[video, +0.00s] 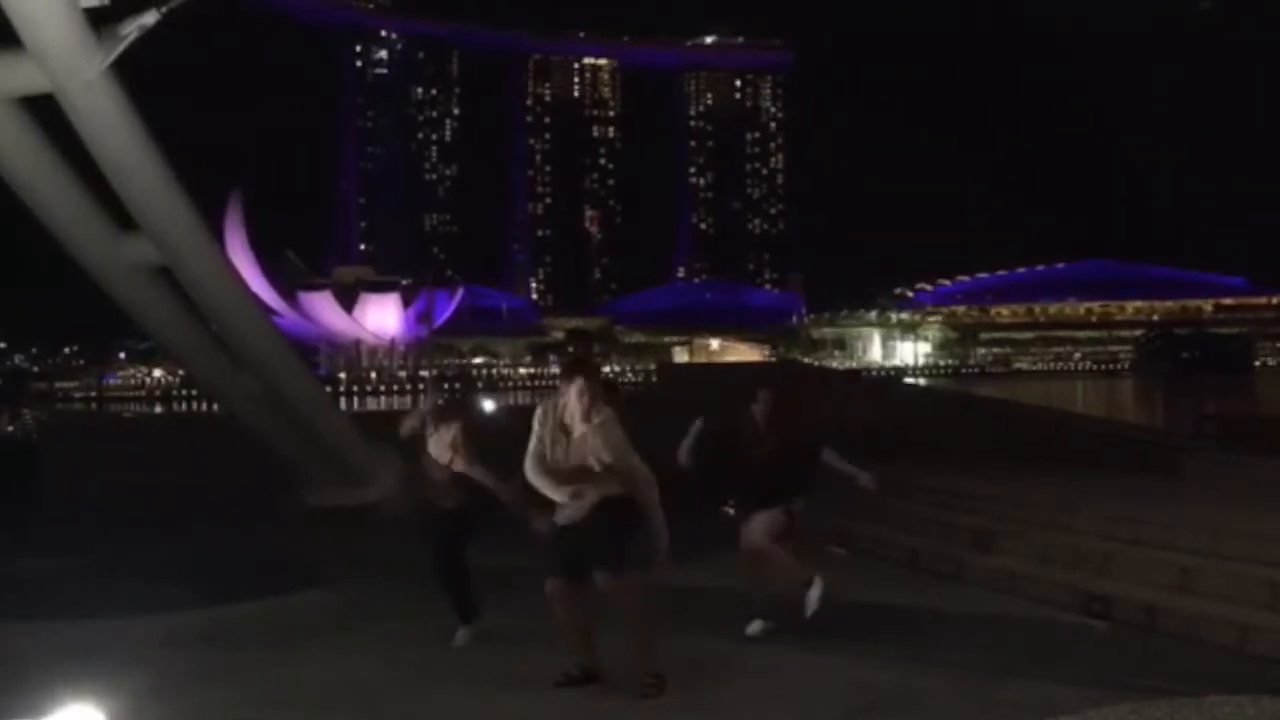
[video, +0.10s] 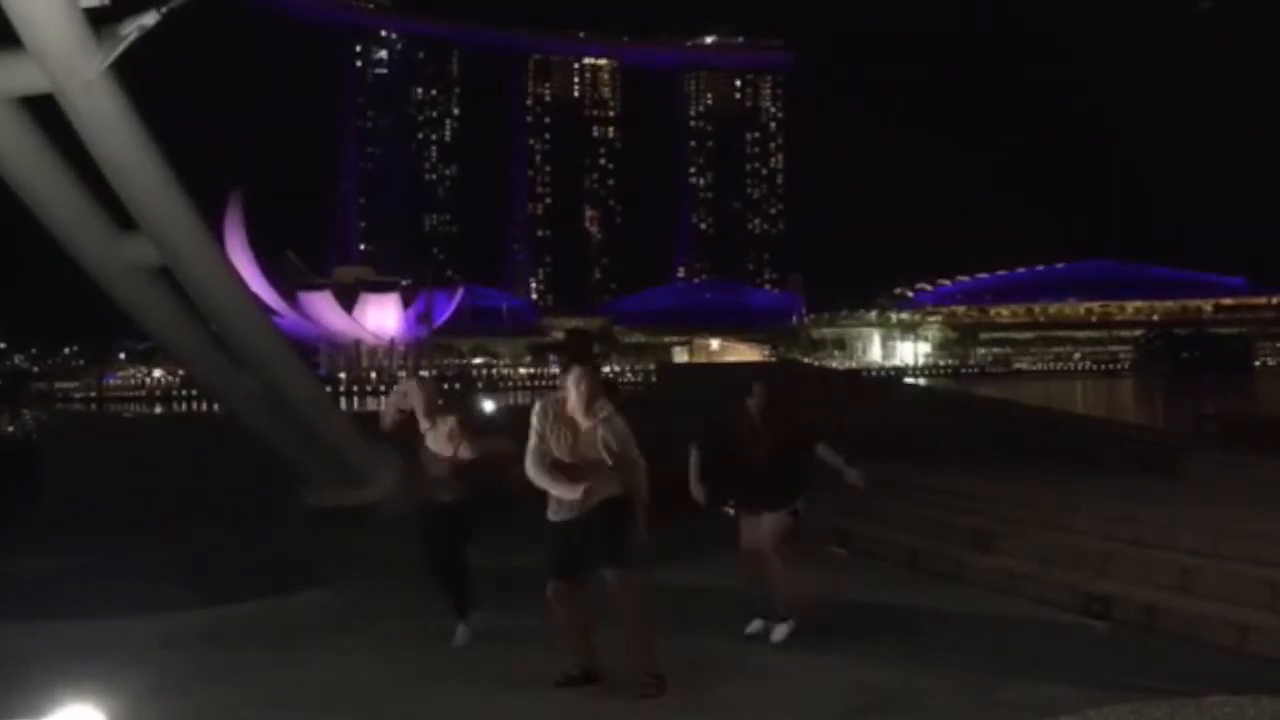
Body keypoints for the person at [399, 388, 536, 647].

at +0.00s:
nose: (435, 401)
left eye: (440, 396)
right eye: (433, 395)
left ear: (450, 400)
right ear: (429, 399)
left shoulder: (456, 428)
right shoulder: (427, 424)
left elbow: (465, 465)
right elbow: (404, 430)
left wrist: (500, 489)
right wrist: (422, 410)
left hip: (457, 501)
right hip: (436, 498)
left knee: (451, 560)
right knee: (446, 560)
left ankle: (467, 619)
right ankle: (467, 616)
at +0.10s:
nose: (415, 402)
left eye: (416, 394)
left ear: (431, 397)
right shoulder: (420, 426)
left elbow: (470, 458)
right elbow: (388, 422)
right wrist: (398, 393)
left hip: (454, 504)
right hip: (430, 504)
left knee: (453, 560)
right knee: (437, 561)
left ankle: (463, 617)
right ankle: (461, 615)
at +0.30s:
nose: (444, 432)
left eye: (447, 426)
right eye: (438, 427)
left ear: (454, 428)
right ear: (430, 429)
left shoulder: (461, 449)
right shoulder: (420, 448)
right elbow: (375, 452)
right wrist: (400, 488)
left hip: (454, 514)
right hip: (425, 513)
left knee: (452, 563)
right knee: (425, 566)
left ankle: (453, 610)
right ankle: (438, 614)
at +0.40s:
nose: (440, 425)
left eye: (444, 419)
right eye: (435, 419)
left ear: (453, 420)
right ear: (426, 419)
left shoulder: (459, 440)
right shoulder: (415, 447)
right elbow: (390, 482)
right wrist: (426, 485)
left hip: (452, 515)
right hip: (421, 518)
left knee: (453, 567)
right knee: (424, 569)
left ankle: (452, 622)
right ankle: (437, 617)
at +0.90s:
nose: (426, 414)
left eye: (429, 408)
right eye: (419, 409)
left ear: (437, 410)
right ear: (410, 414)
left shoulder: (447, 439)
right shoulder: (405, 442)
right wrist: (409, 462)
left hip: (439, 519)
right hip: (404, 519)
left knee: (459, 571)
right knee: (387, 573)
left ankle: (444, 627)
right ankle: (368, 631)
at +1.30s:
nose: (435, 408)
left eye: (440, 402)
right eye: (429, 403)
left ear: (449, 405)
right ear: (420, 406)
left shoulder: (451, 433)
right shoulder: (416, 435)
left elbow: (470, 454)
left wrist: (496, 453)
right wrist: (436, 453)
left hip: (449, 513)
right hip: (418, 517)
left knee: (462, 568)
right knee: (419, 571)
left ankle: (438, 628)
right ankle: (393, 615)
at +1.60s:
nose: (437, 416)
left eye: (441, 410)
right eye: (431, 411)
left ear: (448, 414)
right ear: (421, 415)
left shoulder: (447, 442)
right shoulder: (413, 441)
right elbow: (374, 427)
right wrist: (405, 437)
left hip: (439, 517)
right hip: (412, 519)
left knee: (462, 568)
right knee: (412, 581)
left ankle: (439, 630)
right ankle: (391, 653)